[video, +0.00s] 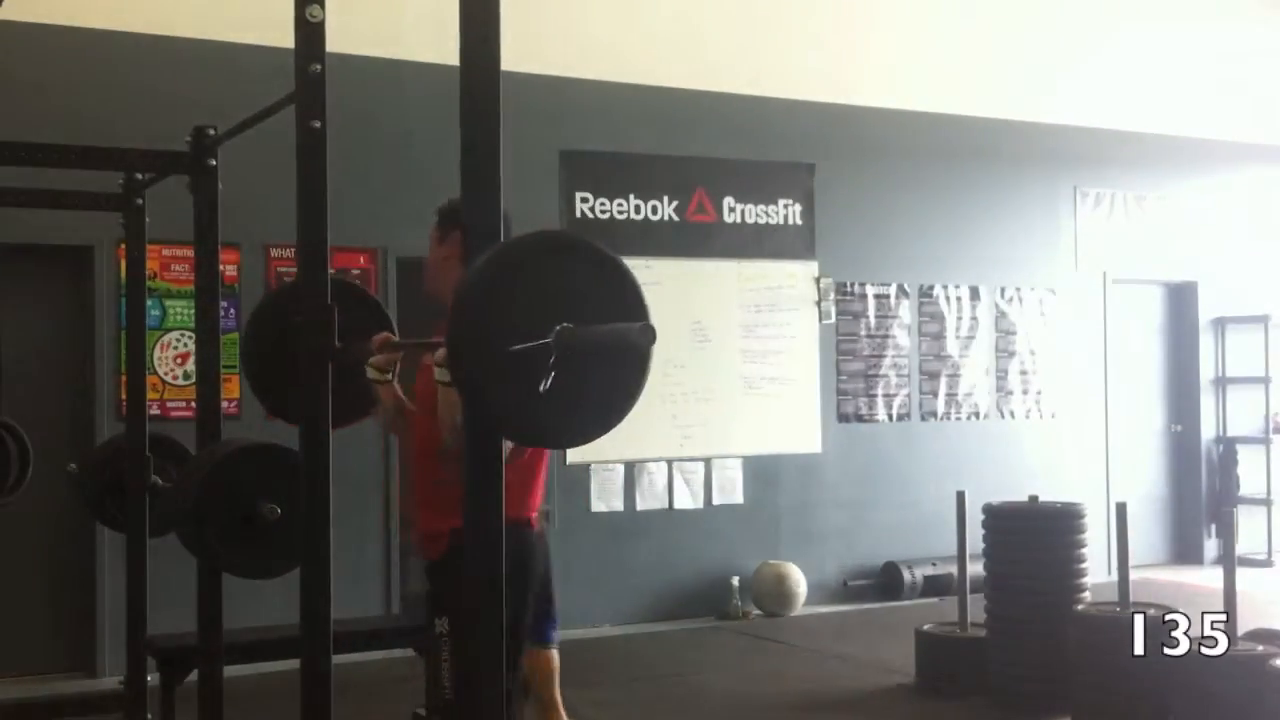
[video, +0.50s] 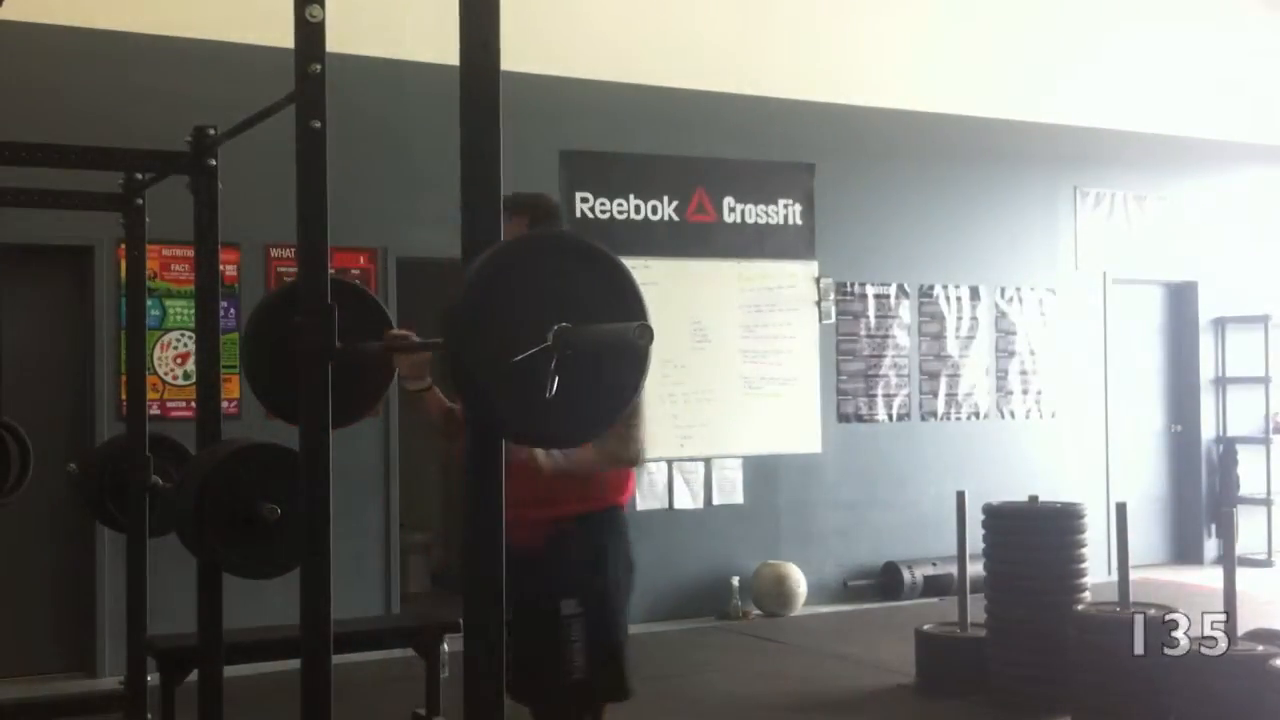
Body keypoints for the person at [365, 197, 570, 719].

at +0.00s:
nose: (429, 260)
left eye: (435, 247)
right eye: (431, 247)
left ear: (459, 250)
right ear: (474, 251)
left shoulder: (481, 335)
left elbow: (456, 441)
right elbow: (431, 435)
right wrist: (386, 387)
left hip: (479, 543)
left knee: (473, 697)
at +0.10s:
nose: (438, 259)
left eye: (445, 245)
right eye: (442, 244)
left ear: (467, 250)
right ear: (485, 251)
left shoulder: (517, 331)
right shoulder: (469, 335)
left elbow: (509, 456)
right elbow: (446, 437)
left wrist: (457, 377)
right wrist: (392, 386)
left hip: (515, 538)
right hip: (476, 537)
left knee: (538, 699)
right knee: (477, 698)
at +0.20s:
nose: (448, 262)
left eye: (456, 248)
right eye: (452, 248)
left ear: (485, 256)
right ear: (483, 260)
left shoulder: (541, 328)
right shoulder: (485, 333)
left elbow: (529, 452)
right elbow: (453, 429)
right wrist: (400, 389)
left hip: (534, 532)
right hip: (489, 529)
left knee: (538, 700)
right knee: (488, 696)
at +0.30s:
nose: (465, 266)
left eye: (476, 251)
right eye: (467, 254)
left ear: (520, 254)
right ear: (472, 267)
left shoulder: (568, 325)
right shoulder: (487, 333)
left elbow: (555, 451)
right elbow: (455, 429)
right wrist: (404, 386)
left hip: (557, 522)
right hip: (492, 523)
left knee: (561, 691)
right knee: (491, 683)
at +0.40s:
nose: (495, 266)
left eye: (507, 249)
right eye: (484, 251)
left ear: (537, 250)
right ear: (481, 262)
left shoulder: (581, 326)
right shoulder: (490, 334)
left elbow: (591, 449)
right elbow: (455, 430)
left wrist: (498, 415)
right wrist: (406, 380)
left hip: (575, 523)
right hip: (502, 522)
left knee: (574, 688)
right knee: (515, 683)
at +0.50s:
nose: (508, 263)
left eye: (521, 248)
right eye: (500, 249)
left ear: (553, 248)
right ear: (495, 256)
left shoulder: (600, 340)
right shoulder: (501, 335)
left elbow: (627, 447)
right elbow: (467, 433)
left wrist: (552, 457)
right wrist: (417, 381)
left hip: (582, 526)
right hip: (512, 526)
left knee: (582, 694)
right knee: (533, 690)